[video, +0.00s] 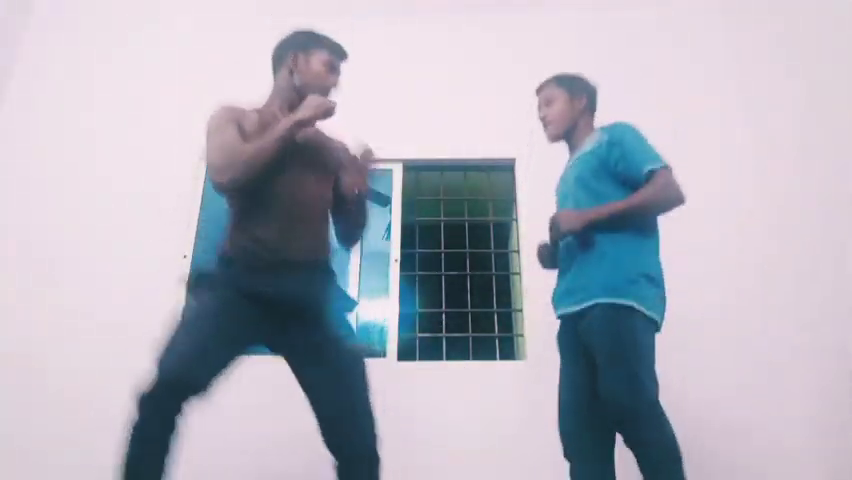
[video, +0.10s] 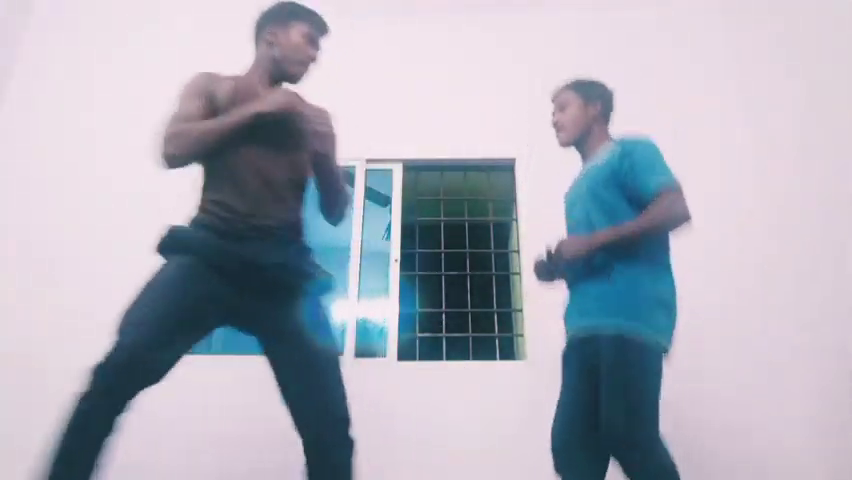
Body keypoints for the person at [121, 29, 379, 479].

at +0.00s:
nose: (336, 76)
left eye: (338, 69)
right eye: (329, 65)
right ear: (291, 64)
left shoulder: (333, 150)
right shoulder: (233, 120)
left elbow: (349, 235)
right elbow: (225, 174)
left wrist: (353, 196)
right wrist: (294, 122)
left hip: (309, 302)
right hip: (236, 295)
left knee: (358, 446)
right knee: (164, 394)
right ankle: (139, 477)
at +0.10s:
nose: (315, 53)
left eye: (317, 44)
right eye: (308, 39)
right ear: (270, 36)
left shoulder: (314, 117)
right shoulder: (211, 88)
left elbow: (336, 210)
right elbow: (173, 149)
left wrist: (324, 156)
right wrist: (258, 107)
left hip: (283, 277)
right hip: (206, 264)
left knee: (330, 427)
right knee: (120, 372)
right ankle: (62, 475)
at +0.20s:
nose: (297, 53)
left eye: (301, 45)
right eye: (289, 40)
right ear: (251, 39)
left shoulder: (293, 125)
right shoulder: (188, 97)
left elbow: (319, 218)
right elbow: (135, 163)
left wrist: (307, 158)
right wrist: (223, 121)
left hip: (260, 285)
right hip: (182, 275)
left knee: (316, 434)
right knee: (90, 395)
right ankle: (16, 474)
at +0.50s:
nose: (303, 51)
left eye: (307, 44)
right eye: (296, 38)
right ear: (258, 34)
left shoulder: (299, 123)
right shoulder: (198, 89)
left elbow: (315, 221)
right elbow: (154, 160)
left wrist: (312, 169)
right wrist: (243, 126)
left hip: (276, 278)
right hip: (198, 270)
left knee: (356, 400)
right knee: (115, 372)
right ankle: (51, 475)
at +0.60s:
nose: (316, 66)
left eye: (318, 58)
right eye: (308, 53)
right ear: (271, 52)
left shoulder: (311, 141)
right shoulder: (213, 111)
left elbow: (329, 235)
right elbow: (174, 180)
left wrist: (329, 188)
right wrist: (259, 142)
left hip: (289, 297)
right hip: (213, 289)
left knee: (358, 430)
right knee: (135, 389)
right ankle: (118, 476)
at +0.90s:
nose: (317, 68)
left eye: (321, 62)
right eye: (311, 55)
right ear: (273, 50)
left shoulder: (302, 139)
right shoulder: (204, 98)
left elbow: (312, 234)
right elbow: (145, 161)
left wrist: (312, 181)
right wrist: (232, 133)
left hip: (257, 278)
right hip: (180, 265)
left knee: (313, 422)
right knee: (97, 362)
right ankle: (61, 475)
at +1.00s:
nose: (298, 66)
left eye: (303, 59)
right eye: (292, 52)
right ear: (255, 49)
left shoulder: (287, 139)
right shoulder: (184, 98)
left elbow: (291, 234)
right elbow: (122, 161)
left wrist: (291, 184)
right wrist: (208, 135)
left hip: (238, 281)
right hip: (159, 267)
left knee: (292, 422)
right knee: (62, 374)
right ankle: (11, 471)